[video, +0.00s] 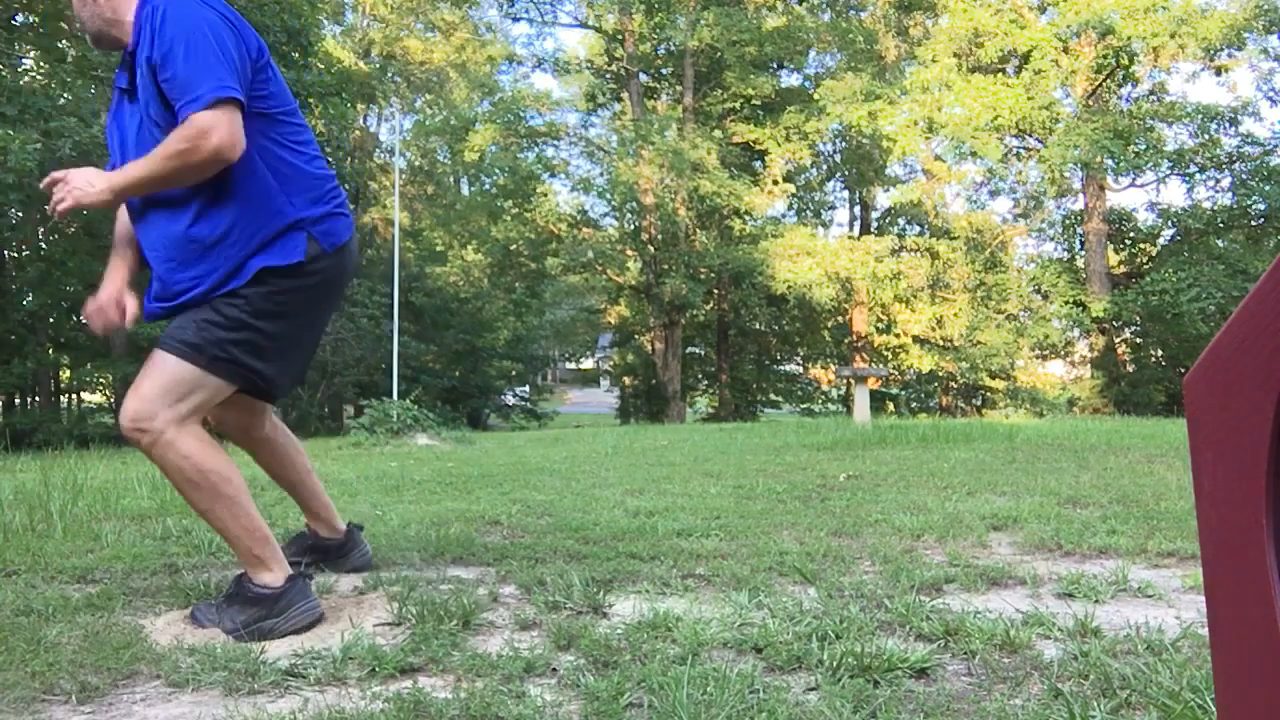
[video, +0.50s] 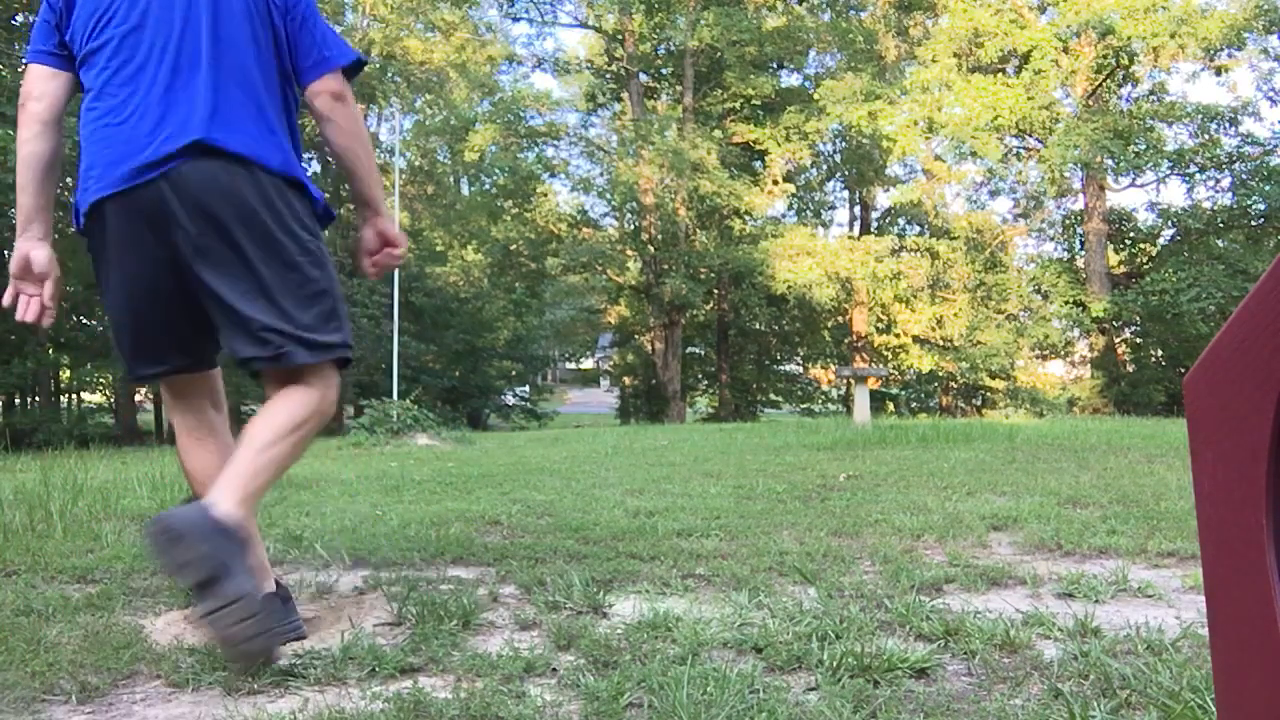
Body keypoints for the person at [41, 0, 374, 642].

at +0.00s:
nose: (73, 15)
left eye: (73, 4)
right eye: (72, 8)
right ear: (104, 7)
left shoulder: (181, 16)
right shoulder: (126, 98)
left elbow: (218, 136)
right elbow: (134, 199)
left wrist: (113, 181)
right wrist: (118, 277)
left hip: (291, 247)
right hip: (242, 261)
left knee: (152, 416)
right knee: (237, 410)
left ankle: (273, 586)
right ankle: (332, 534)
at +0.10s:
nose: (88, 8)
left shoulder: (149, 7)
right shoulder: (169, 19)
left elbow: (177, 122)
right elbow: (184, 186)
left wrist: (117, 178)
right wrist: (141, 293)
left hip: (260, 233)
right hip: (293, 230)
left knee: (150, 415)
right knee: (252, 392)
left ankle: (271, 584)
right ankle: (331, 532)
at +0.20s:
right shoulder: (249, 3)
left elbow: (89, 73)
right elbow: (270, 75)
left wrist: (108, 183)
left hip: (216, 186)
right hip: (308, 166)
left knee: (179, 399)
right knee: (282, 356)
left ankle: (271, 585)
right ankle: (343, 528)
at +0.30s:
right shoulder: (274, 3)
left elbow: (53, 68)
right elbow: (300, 90)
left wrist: (83, 200)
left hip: (178, 168)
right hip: (291, 149)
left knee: (193, 390)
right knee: (298, 342)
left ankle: (251, 590)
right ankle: (352, 504)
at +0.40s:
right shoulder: (283, 3)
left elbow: (39, 87)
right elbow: (325, 115)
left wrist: (54, 224)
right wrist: (329, 220)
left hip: (136, 182)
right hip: (255, 155)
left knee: (197, 392)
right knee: (314, 353)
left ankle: (263, 597)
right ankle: (309, 482)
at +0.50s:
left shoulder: (71, 4)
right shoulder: (276, 2)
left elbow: (38, 107)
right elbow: (328, 92)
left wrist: (30, 234)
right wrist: (374, 207)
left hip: (117, 190)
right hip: (234, 165)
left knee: (192, 398)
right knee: (310, 383)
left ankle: (261, 592)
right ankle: (218, 517)